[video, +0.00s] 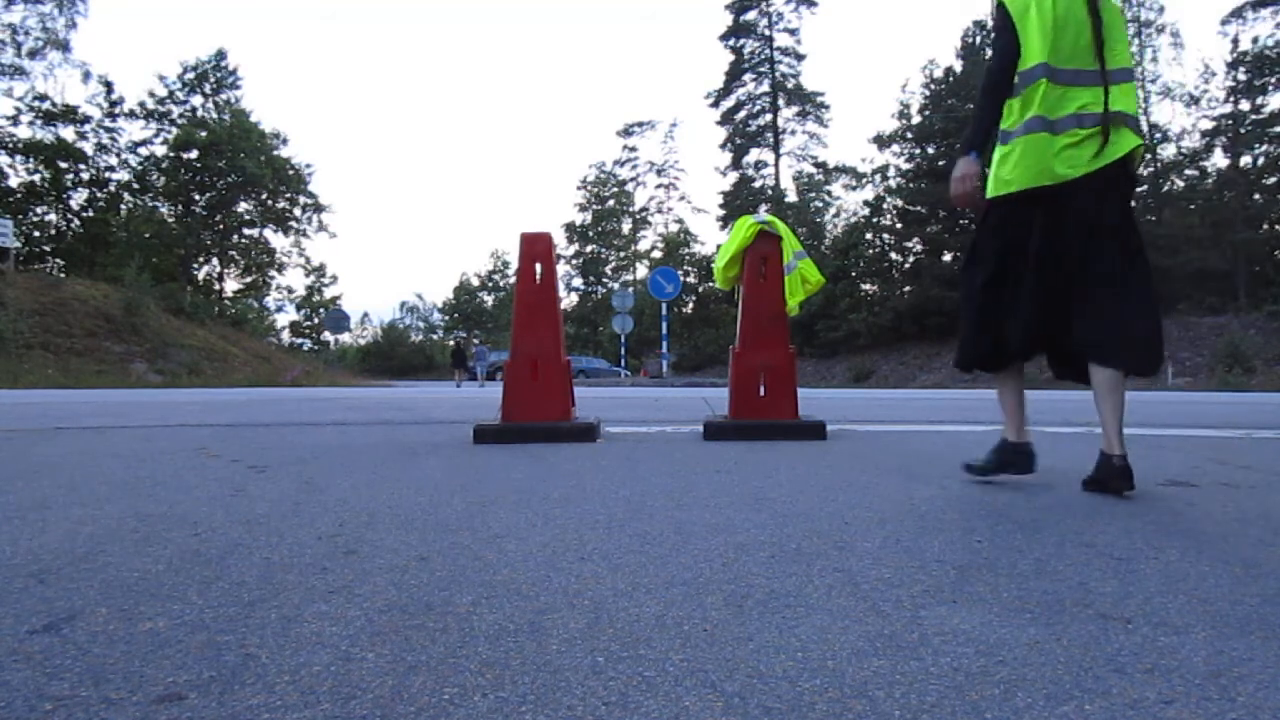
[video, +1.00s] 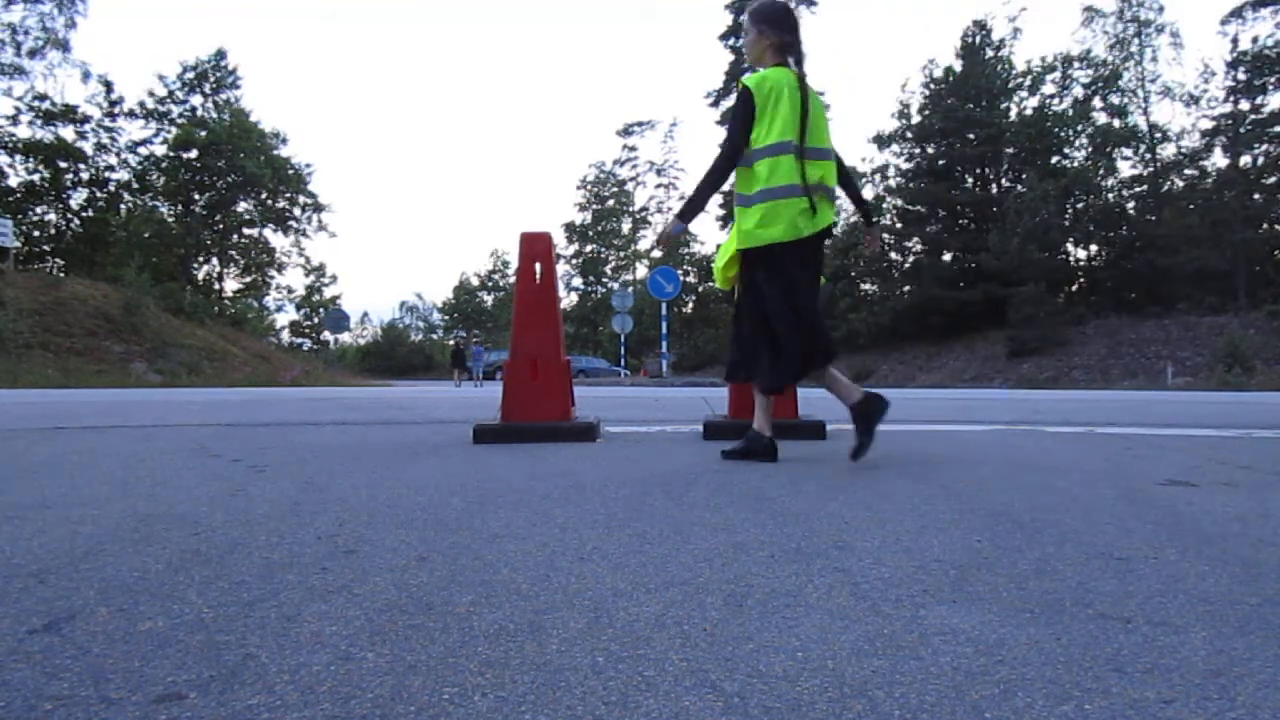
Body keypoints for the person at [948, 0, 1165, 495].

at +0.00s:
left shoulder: (1016, 7)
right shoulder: (1109, 11)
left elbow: (1003, 65)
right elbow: (1120, 80)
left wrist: (972, 151)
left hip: (1027, 169)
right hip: (1103, 168)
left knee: (998, 300)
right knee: (1100, 306)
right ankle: (1114, 456)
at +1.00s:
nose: (743, 43)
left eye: (748, 34)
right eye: (745, 34)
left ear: (768, 37)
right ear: (784, 38)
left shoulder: (756, 86)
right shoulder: (810, 95)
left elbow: (729, 158)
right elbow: (833, 161)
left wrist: (680, 220)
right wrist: (866, 213)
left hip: (769, 230)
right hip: (805, 228)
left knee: (784, 328)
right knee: (762, 328)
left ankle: (858, 401)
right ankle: (761, 434)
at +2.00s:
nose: (651, 22)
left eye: (651, 15)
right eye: (647, 14)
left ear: (618, 14)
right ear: (625, 11)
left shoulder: (610, 68)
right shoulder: (603, 46)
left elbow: (597, 140)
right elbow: (619, 54)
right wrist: (668, 22)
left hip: (585, 200)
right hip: (591, 197)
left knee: (590, 315)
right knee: (618, 315)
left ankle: (539, 414)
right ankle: (598, 431)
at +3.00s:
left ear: (454, 2)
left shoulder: (479, 59)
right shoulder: (378, 34)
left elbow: (542, 99)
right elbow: (304, 35)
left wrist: (608, 68)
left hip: (440, 215)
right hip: (372, 203)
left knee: (414, 331)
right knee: (371, 309)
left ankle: (385, 452)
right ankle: (336, 424)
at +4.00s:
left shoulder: (435, 2)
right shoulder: (292, 5)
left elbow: (522, 51)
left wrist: (611, 87)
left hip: (388, 167)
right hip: (298, 163)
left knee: (347, 321)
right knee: (302, 317)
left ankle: (292, 493)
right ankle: (307, 462)